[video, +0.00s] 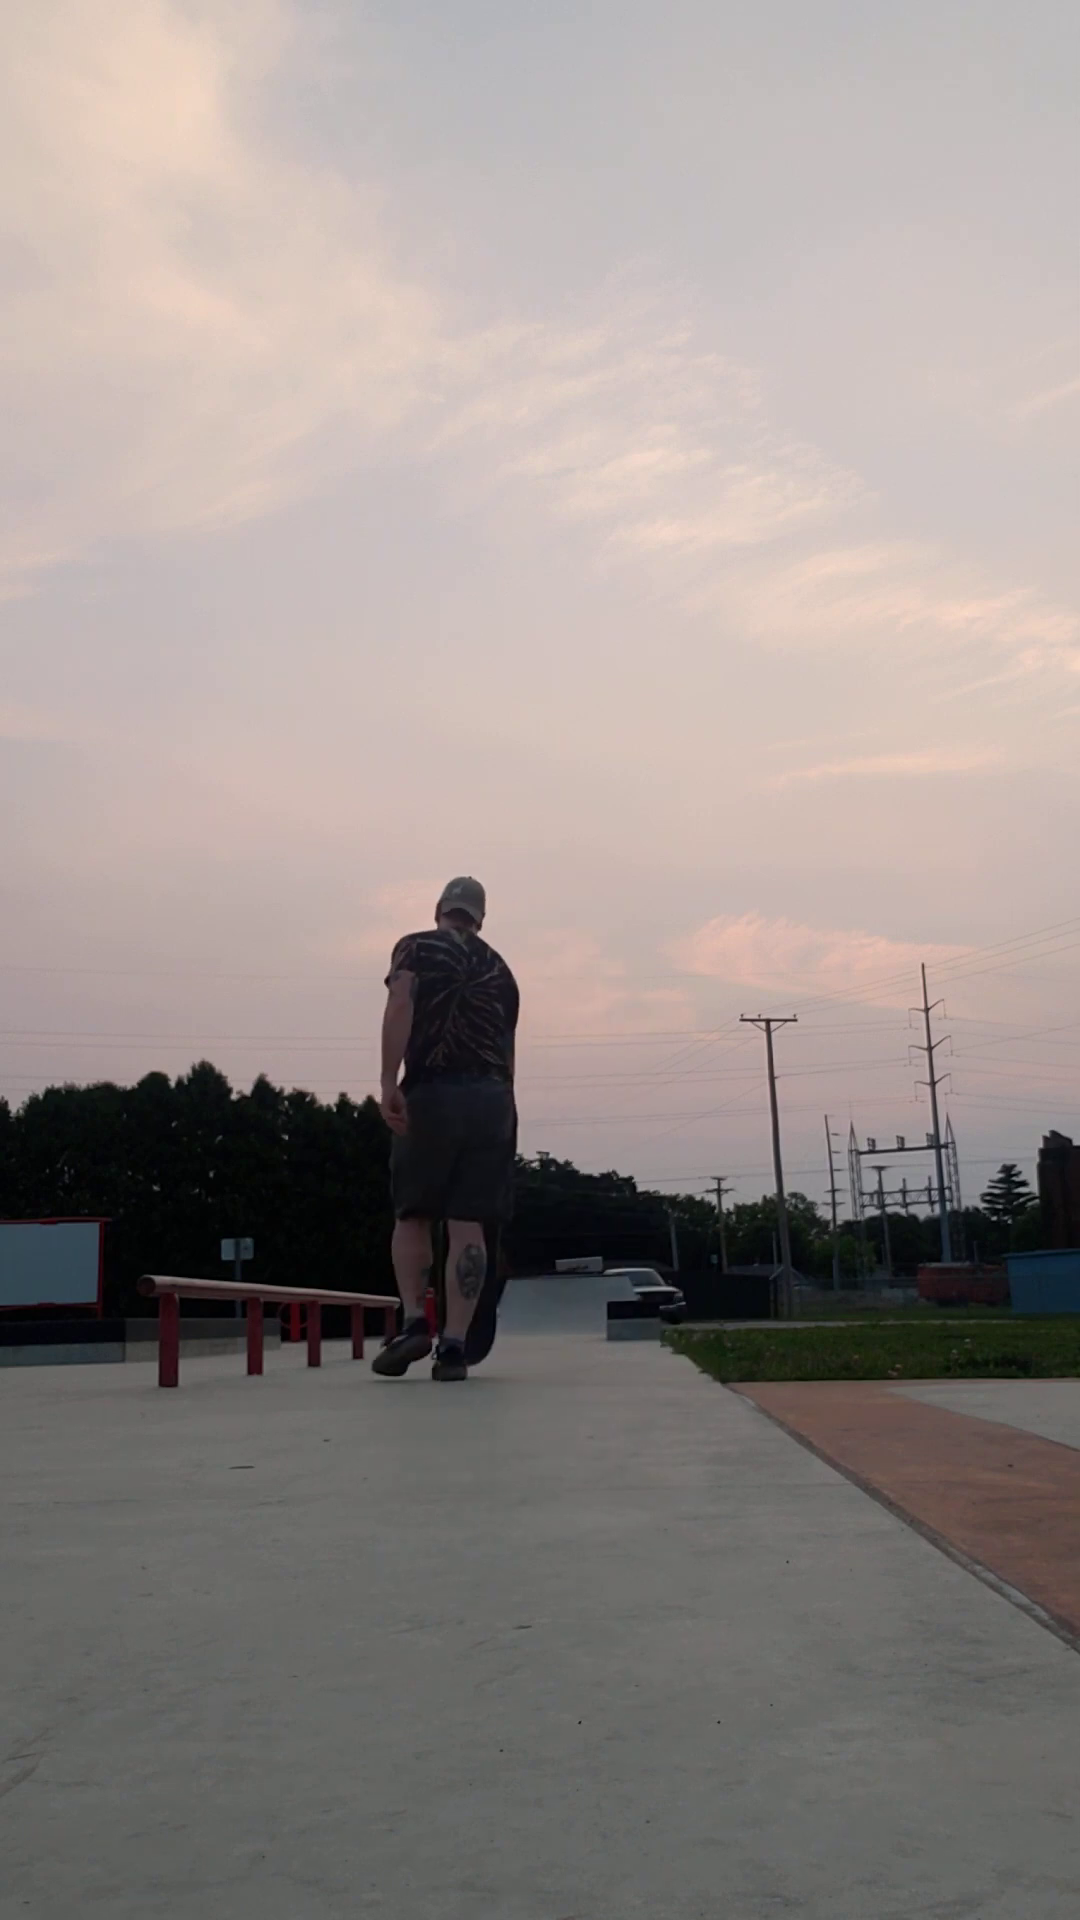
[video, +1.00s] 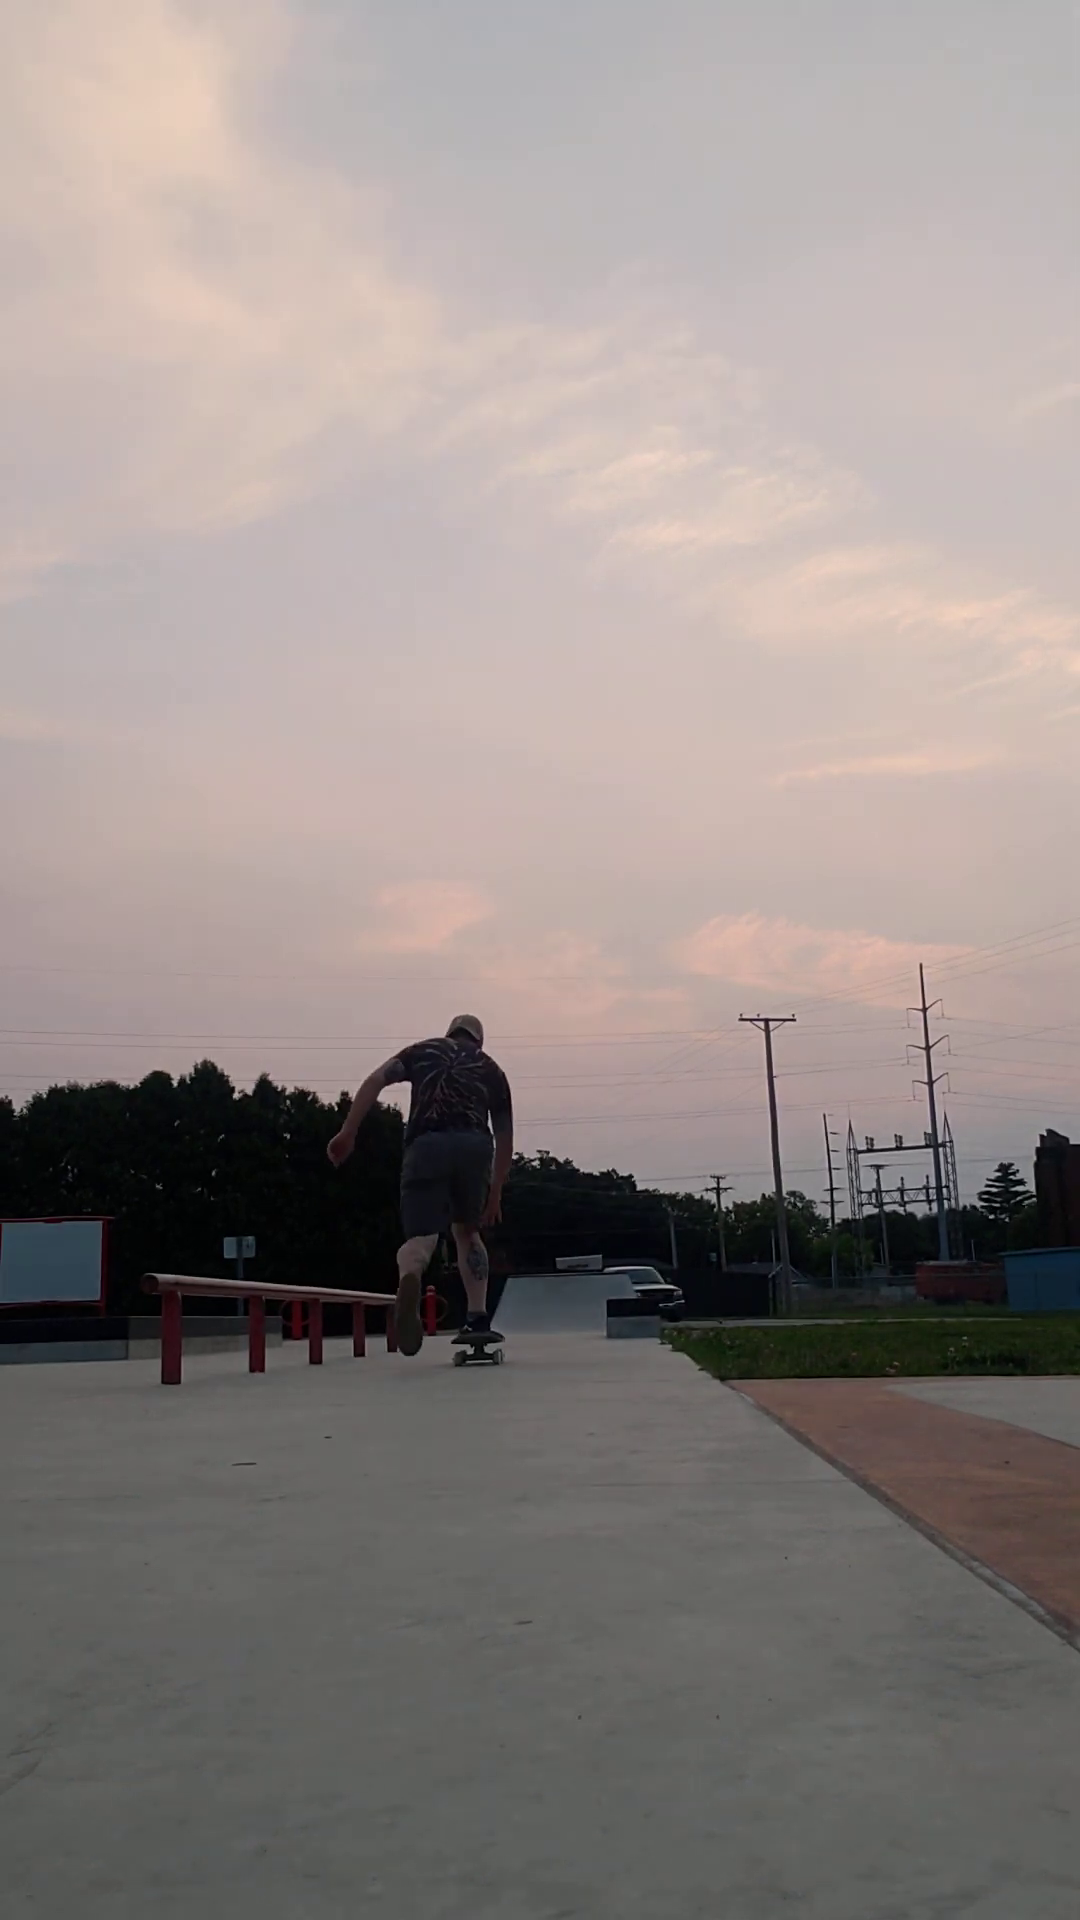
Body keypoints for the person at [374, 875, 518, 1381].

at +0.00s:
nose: (453, 920)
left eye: (443, 912)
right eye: (469, 914)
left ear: (437, 911)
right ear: (481, 919)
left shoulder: (416, 946)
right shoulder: (503, 970)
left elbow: (401, 1001)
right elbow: (507, 1053)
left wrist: (388, 1080)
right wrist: (506, 1114)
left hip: (431, 1100)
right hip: (492, 1105)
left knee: (412, 1213)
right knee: (469, 1221)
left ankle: (414, 1322)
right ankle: (453, 1349)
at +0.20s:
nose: (447, 954)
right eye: (457, 951)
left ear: (426, 946)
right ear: (464, 956)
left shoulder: (399, 972)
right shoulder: (481, 994)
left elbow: (380, 1023)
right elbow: (490, 1069)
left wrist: (365, 1095)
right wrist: (488, 1128)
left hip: (410, 1114)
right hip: (470, 1117)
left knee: (406, 1232)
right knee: (459, 1228)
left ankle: (401, 1348)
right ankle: (453, 1342)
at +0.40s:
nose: (444, 995)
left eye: (437, 989)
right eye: (452, 995)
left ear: (422, 987)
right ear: (457, 1000)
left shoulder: (393, 1002)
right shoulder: (466, 1030)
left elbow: (352, 1046)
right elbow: (475, 1111)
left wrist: (342, 1109)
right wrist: (473, 1173)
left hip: (391, 1123)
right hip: (451, 1128)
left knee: (396, 1237)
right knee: (454, 1213)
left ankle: (399, 1351)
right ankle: (457, 1260)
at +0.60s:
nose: (458, 1038)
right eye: (459, 1034)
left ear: (426, 1021)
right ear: (459, 1035)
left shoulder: (396, 1027)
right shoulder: (466, 1054)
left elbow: (351, 1068)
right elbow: (482, 1146)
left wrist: (339, 1136)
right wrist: (480, 1216)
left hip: (395, 1122)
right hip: (454, 1120)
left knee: (403, 1236)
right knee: (451, 1194)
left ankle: (405, 1350)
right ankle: (461, 1278)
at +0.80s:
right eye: (467, 1057)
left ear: (435, 1046)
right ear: (466, 1056)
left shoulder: (409, 1058)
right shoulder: (476, 1079)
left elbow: (362, 1098)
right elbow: (493, 1158)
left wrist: (356, 1162)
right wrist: (493, 1220)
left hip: (407, 1154)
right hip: (461, 1155)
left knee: (405, 1254)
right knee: (453, 1229)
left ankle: (404, 1324)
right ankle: (471, 1320)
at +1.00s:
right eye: (479, 1040)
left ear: (448, 1033)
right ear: (480, 1041)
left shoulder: (424, 1049)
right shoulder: (492, 1070)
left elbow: (374, 1080)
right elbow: (504, 1141)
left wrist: (348, 1132)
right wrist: (496, 1193)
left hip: (425, 1148)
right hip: (474, 1150)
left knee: (420, 1236)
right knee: (468, 1230)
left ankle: (409, 1278)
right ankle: (478, 1320)